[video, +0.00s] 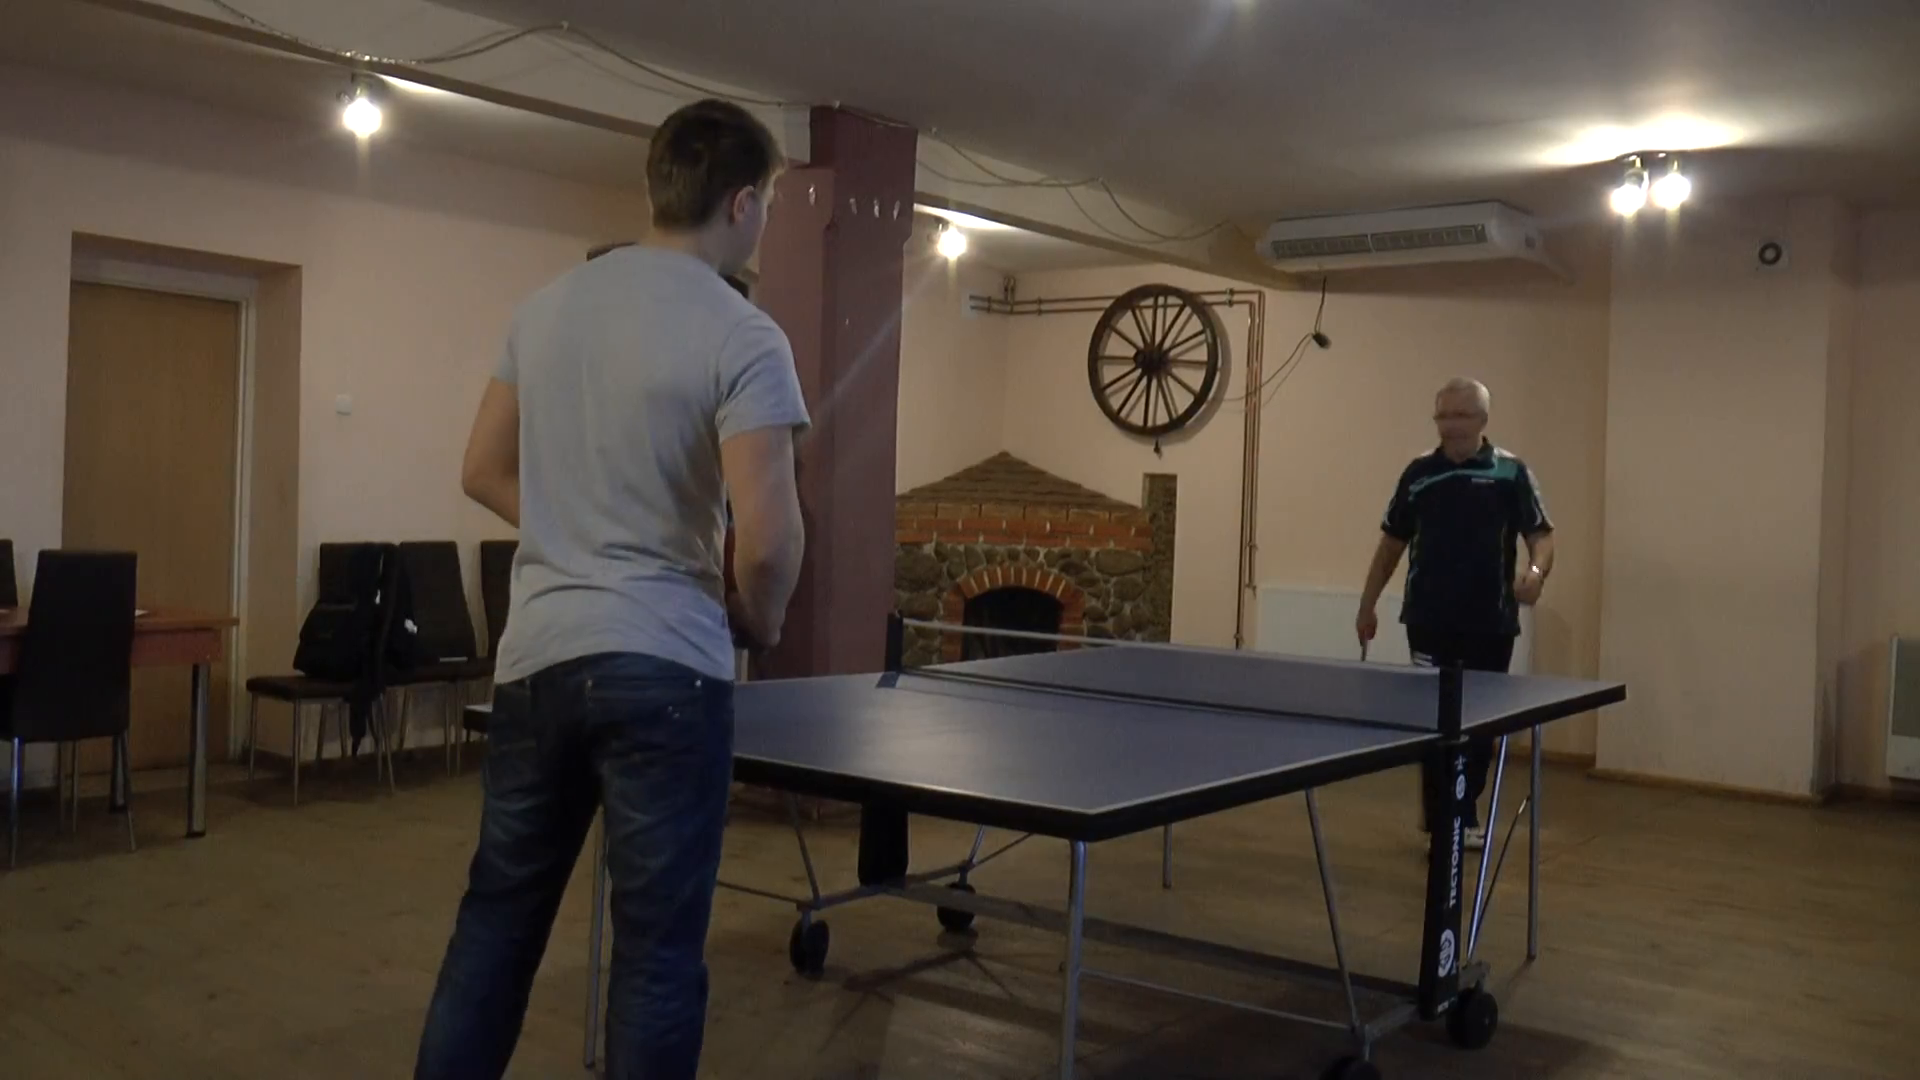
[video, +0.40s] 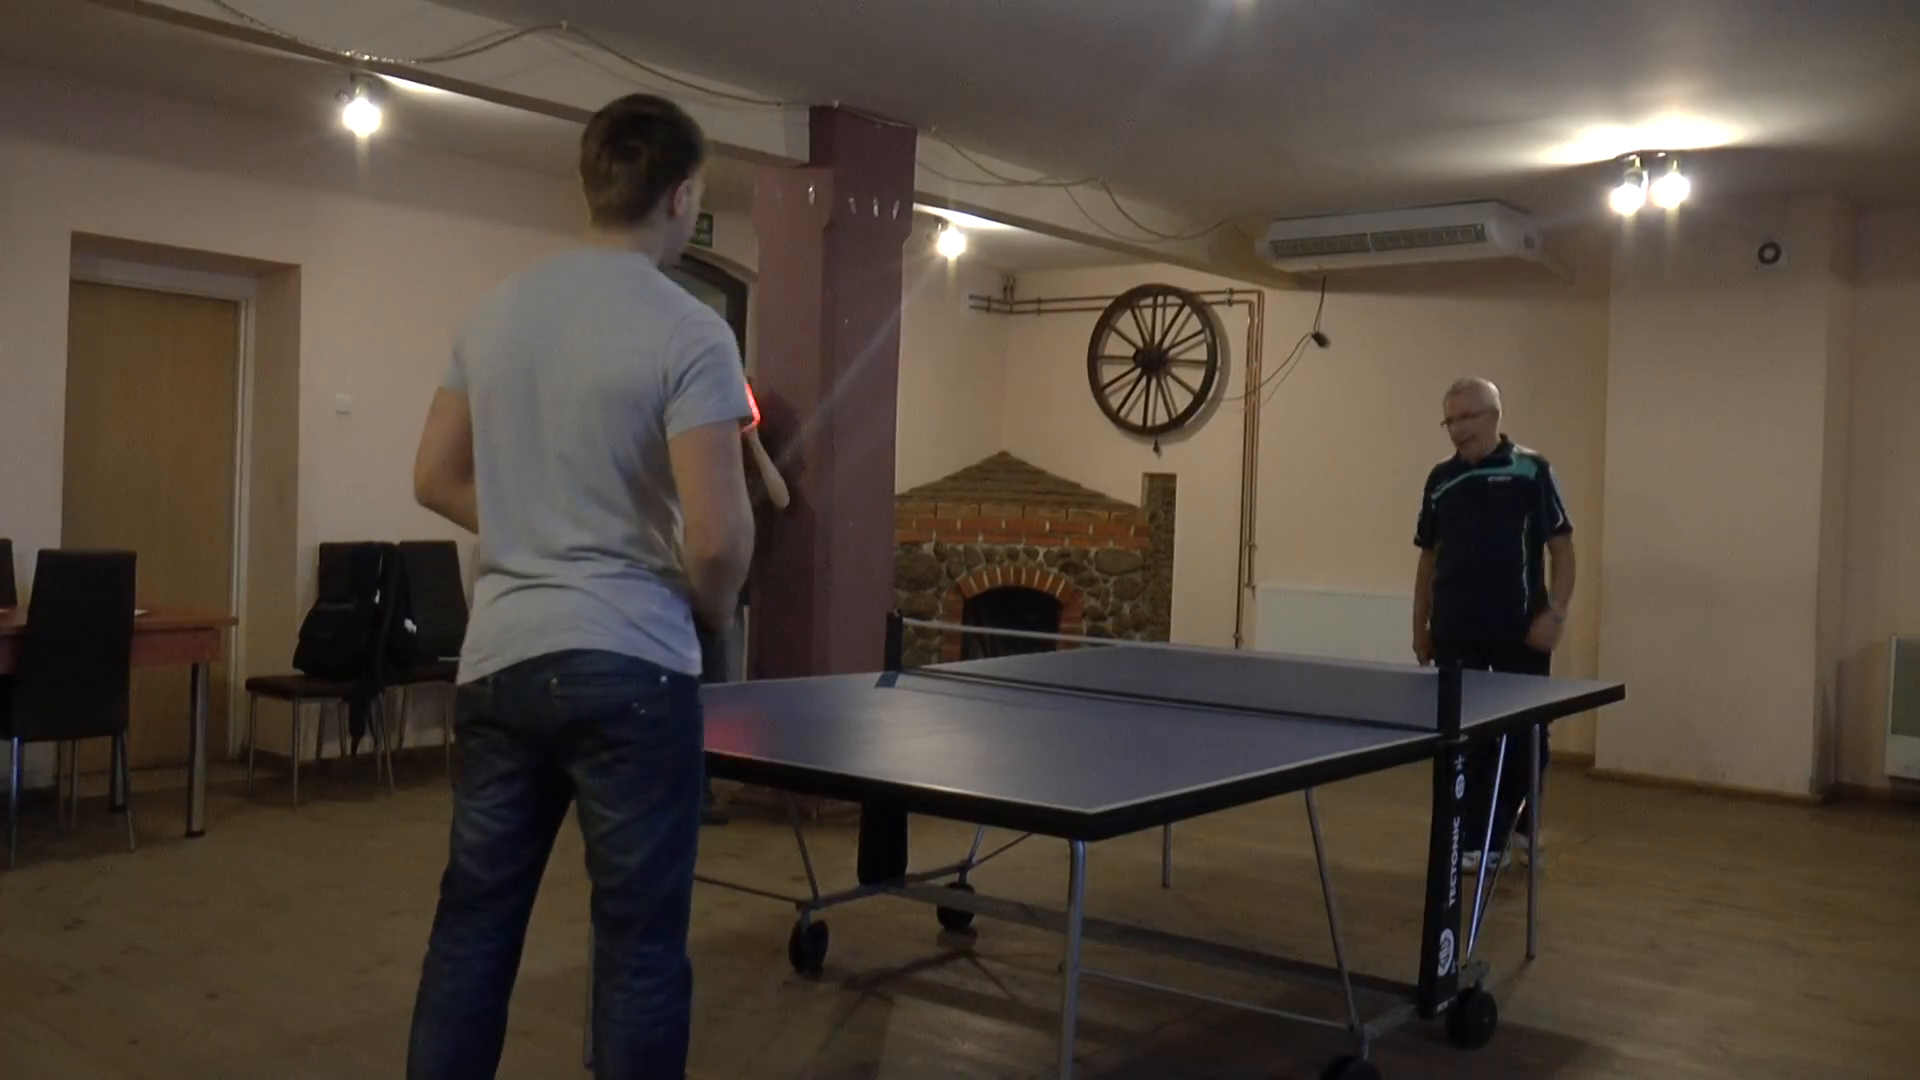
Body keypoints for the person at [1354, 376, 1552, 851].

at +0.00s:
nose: (1450, 425)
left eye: (1461, 417)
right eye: (1443, 417)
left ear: (1484, 421)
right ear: (1435, 419)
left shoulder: (1510, 473)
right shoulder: (1418, 475)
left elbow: (1540, 534)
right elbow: (1391, 543)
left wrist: (1537, 571)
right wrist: (1367, 604)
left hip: (1489, 624)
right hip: (1430, 621)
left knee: (1482, 729)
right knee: (1433, 726)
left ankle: (1465, 816)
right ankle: (1436, 825)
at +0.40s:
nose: (1458, 428)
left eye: (1468, 418)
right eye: (1450, 420)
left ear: (1495, 417)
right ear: (1445, 422)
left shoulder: (1531, 470)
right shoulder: (1441, 478)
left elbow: (1561, 548)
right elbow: (1428, 559)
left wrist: (1555, 613)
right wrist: (1420, 625)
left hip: (1518, 633)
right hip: (1456, 633)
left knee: (1520, 739)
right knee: (1462, 742)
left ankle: (1513, 831)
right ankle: (1472, 841)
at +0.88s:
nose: (1473, 419)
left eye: (1485, 409)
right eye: (1469, 408)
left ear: (1518, 413)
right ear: (1467, 410)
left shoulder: (1548, 472)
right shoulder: (1462, 469)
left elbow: (1580, 554)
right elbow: (1429, 531)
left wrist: (1594, 633)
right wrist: (1398, 567)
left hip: (1524, 646)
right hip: (1466, 641)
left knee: (1520, 755)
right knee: (1469, 748)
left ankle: (1536, 871)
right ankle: (1476, 843)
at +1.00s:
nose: (1470, 416)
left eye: (1482, 408)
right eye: (1468, 407)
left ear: (1517, 411)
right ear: (1471, 410)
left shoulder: (1549, 471)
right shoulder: (1468, 465)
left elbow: (1563, 564)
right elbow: (1432, 516)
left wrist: (1535, 633)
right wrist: (1398, 540)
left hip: (1520, 640)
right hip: (1465, 632)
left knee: (1517, 754)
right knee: (1461, 746)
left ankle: (1537, 871)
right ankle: (1469, 843)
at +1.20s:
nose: (1466, 405)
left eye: (1480, 398)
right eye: (1465, 396)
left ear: (1512, 411)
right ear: (1468, 402)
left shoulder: (1530, 471)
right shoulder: (1471, 460)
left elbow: (1526, 562)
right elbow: (1451, 512)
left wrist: (1458, 608)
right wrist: (1401, 518)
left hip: (1517, 642)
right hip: (1471, 632)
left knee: (1514, 759)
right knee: (1451, 741)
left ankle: (1539, 873)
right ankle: (1436, 842)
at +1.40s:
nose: (1455, 411)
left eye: (1469, 404)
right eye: (1451, 401)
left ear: (1500, 413)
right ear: (1447, 405)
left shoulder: (1518, 472)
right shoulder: (1451, 464)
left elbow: (1523, 565)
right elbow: (1442, 542)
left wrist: (1468, 627)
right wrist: (1404, 586)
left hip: (1506, 645)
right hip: (1454, 637)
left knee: (1510, 760)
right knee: (1445, 747)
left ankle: (1537, 871)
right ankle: (1437, 846)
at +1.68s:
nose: (1437, 411)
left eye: (1451, 403)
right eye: (1433, 401)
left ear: (1478, 410)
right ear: (1428, 406)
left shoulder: (1500, 468)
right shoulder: (1426, 460)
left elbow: (1502, 547)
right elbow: (1416, 540)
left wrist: (1463, 595)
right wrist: (1403, 609)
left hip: (1494, 635)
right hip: (1437, 628)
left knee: (1504, 752)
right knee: (1436, 742)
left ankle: (1527, 867)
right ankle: (1435, 844)